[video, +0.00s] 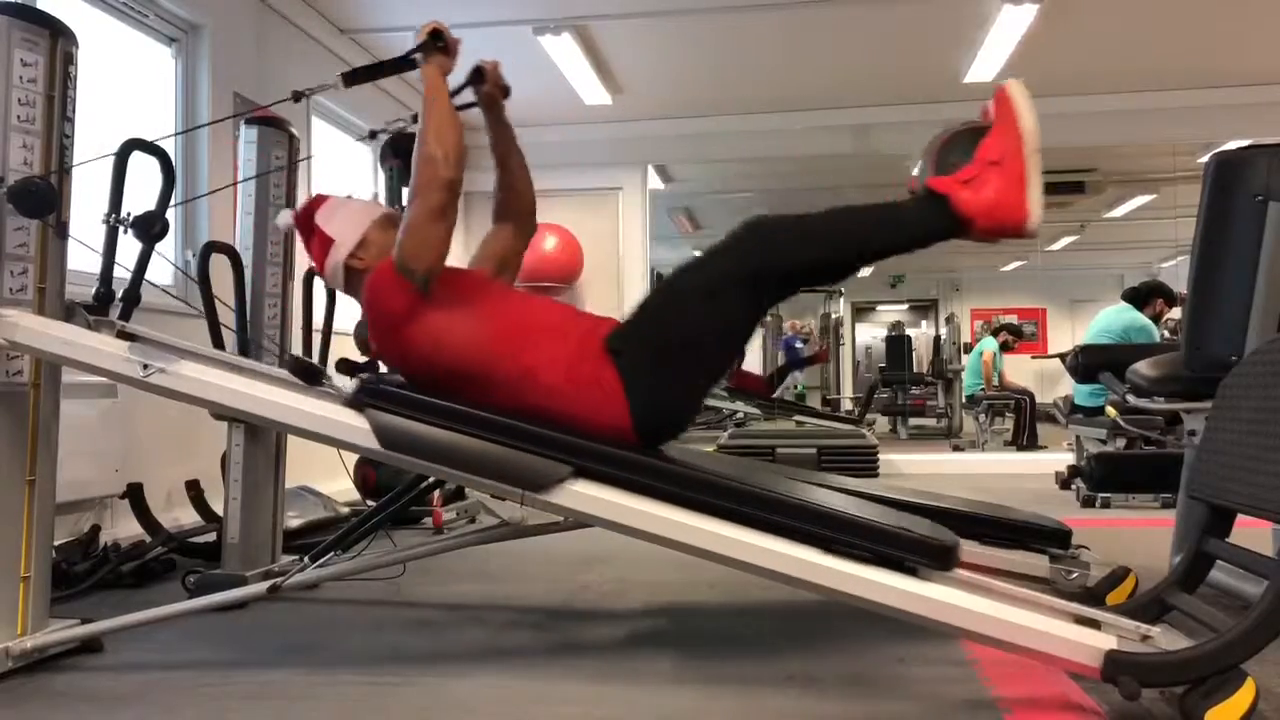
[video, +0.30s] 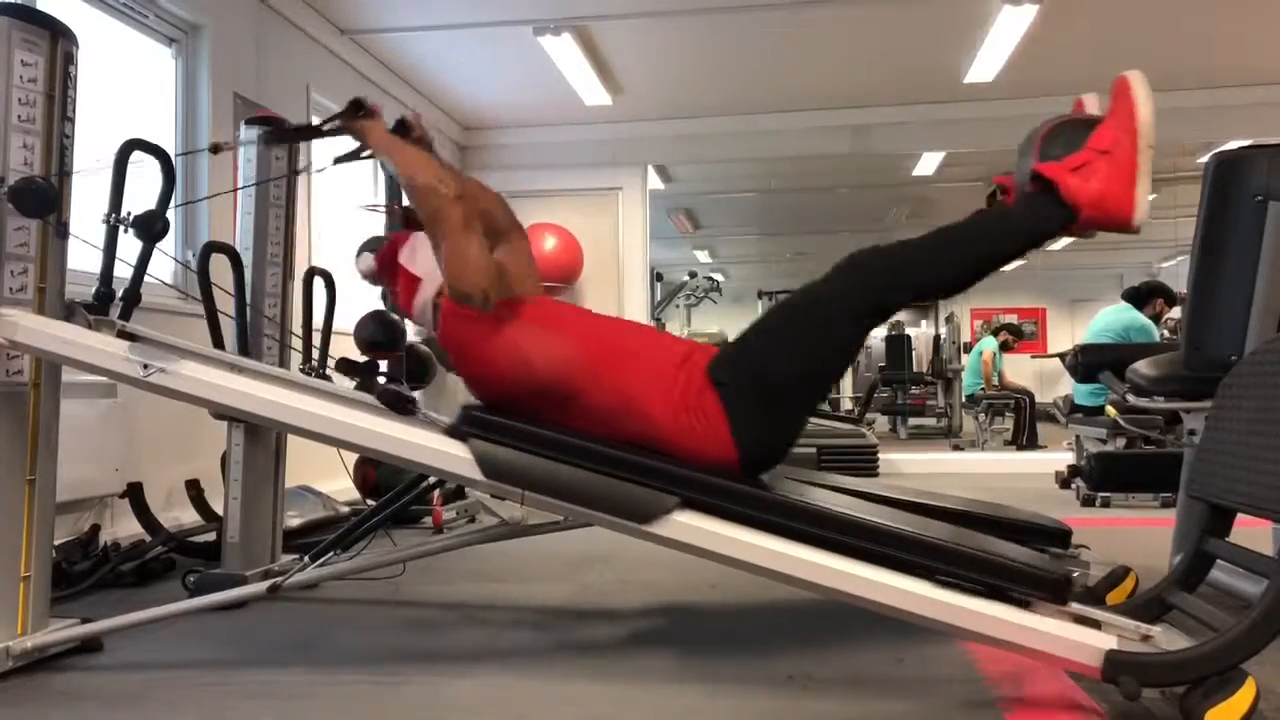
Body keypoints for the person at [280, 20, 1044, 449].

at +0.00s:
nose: (387, 225)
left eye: (378, 215)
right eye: (370, 225)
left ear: (380, 238)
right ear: (351, 257)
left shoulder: (445, 297)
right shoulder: (391, 304)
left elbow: (518, 219)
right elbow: (438, 179)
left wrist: (495, 119)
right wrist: (436, 76)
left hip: (630, 369)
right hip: (625, 390)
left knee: (754, 246)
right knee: (749, 253)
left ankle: (959, 202)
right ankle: (966, 206)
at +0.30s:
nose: (496, 242)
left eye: (438, 238)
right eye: (440, 240)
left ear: (432, 283)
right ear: (427, 273)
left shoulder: (502, 329)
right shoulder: (477, 324)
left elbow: (520, 233)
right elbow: (466, 215)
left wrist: (424, 154)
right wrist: (392, 147)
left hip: (723, 404)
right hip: (724, 415)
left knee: (867, 277)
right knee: (869, 279)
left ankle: (1053, 198)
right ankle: (1074, 196)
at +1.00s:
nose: (393, 243)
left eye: (383, 236)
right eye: (374, 247)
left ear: (405, 246)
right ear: (371, 287)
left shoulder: (473, 308)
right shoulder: (421, 332)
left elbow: (555, 262)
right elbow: (467, 239)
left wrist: (486, 189)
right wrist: (422, 143)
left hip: (673, 373)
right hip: (668, 398)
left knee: (770, 232)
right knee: (767, 232)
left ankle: (968, 178)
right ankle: (977, 182)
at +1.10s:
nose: (384, 219)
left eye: (373, 213)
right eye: (366, 224)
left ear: (366, 244)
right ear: (349, 261)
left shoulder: (428, 304)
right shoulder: (383, 317)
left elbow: (519, 269)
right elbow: (442, 227)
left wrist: (511, 168)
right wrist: (434, 114)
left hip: (617, 364)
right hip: (620, 389)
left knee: (700, 209)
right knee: (699, 207)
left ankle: (889, 163)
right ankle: (901, 156)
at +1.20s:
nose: (352, 207)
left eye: (341, 199)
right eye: (335, 207)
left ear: (327, 232)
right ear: (313, 240)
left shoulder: (388, 286)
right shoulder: (347, 294)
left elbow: (498, 264)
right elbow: (427, 215)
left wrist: (536, 171)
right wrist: (455, 102)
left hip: (574, 354)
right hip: (577, 376)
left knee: (633, 188)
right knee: (633, 184)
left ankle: (812, 147)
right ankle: (820, 132)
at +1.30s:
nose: (330, 191)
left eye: (319, 182)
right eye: (310, 189)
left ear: (303, 214)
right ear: (283, 223)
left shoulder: (359, 274)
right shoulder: (313, 278)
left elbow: (482, 256)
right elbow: (406, 224)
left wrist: (541, 193)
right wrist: (476, 112)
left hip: (537, 350)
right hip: (538, 365)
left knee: (562, 172)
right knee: (561, 167)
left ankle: (736, 134)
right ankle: (740, 120)